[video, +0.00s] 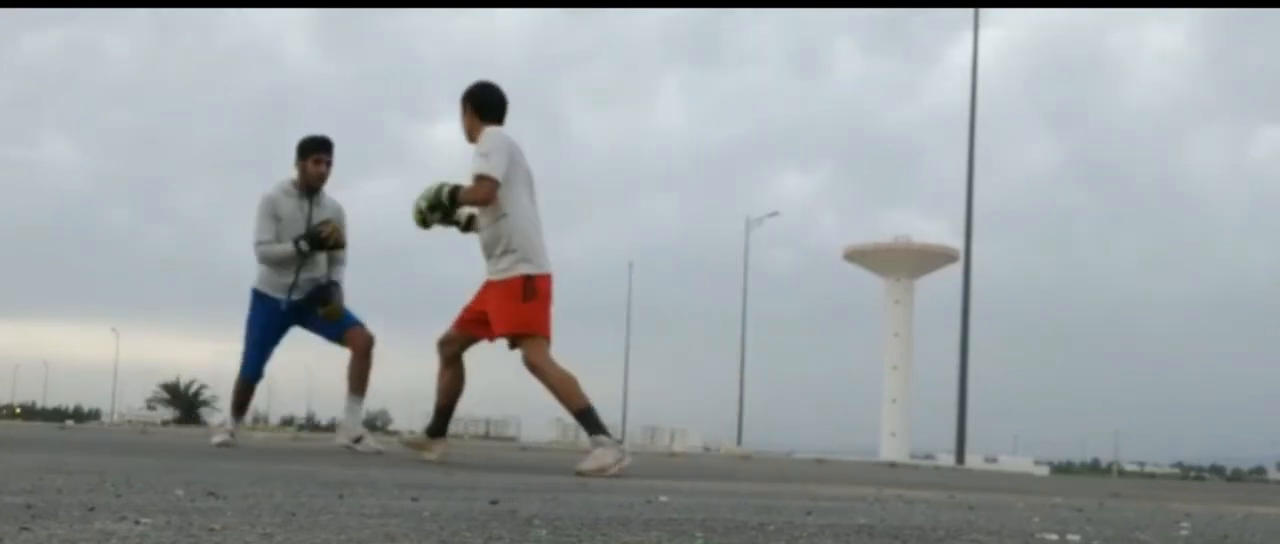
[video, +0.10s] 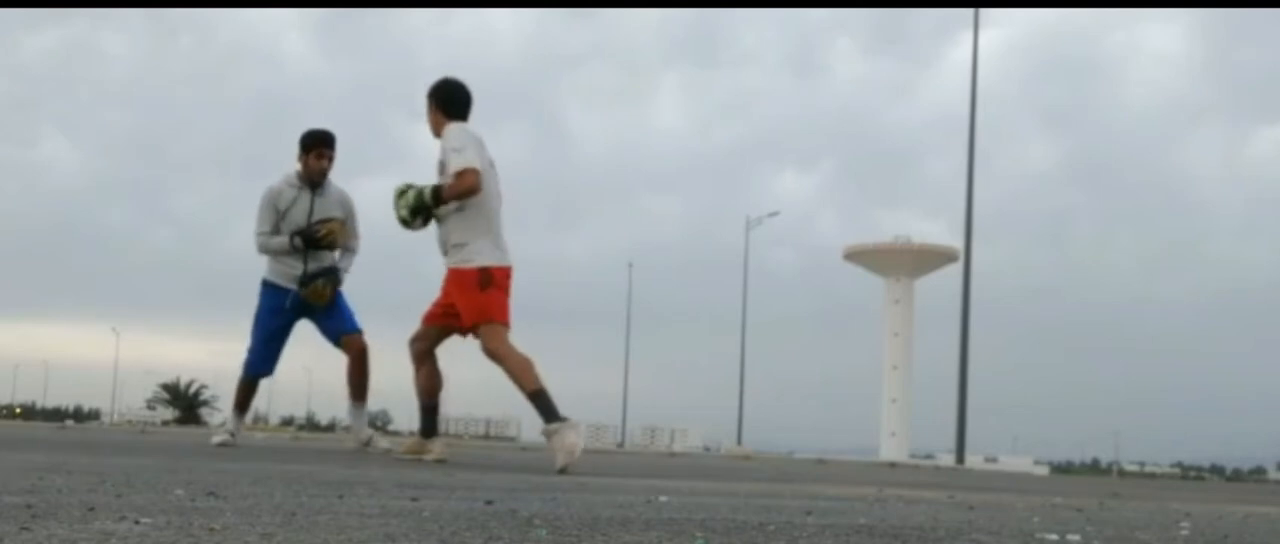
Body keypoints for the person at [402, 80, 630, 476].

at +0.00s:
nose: (461, 122)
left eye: (462, 114)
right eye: (463, 114)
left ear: (471, 112)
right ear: (495, 113)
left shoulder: (496, 140)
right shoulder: (498, 150)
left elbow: (485, 192)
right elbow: (497, 217)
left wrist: (447, 195)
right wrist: (456, 217)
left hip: (523, 274)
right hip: (501, 277)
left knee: (536, 358)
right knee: (449, 346)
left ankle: (604, 443)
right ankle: (434, 438)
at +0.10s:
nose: (427, 117)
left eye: (428, 109)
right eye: (427, 109)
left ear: (435, 109)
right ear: (462, 109)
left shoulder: (457, 136)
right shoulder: (467, 142)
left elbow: (469, 183)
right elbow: (469, 195)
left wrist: (428, 197)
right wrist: (430, 205)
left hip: (481, 266)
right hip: (467, 269)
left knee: (495, 343)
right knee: (420, 344)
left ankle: (558, 426)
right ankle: (427, 438)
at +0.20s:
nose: (407, 108)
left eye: (407, 100)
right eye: (408, 100)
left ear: (413, 99)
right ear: (439, 99)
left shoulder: (435, 123)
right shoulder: (435, 133)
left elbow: (458, 170)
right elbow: (450, 179)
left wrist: (417, 190)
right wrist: (410, 197)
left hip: (461, 246)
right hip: (443, 248)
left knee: (439, 332)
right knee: (411, 337)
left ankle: (503, 420)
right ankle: (425, 427)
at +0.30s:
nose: (386, 108)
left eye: (387, 102)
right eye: (388, 102)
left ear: (392, 101)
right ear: (422, 101)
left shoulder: (411, 127)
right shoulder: (423, 130)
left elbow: (443, 172)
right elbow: (437, 184)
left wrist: (403, 197)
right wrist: (392, 201)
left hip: (441, 247)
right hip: (439, 247)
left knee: (402, 328)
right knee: (397, 329)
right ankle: (416, 422)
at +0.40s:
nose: (372, 128)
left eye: (372, 122)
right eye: (374, 122)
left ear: (375, 122)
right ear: (408, 122)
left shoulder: (394, 152)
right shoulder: (418, 154)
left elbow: (423, 199)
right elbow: (431, 205)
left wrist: (385, 228)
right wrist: (385, 223)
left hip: (418, 271)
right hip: (437, 272)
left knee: (364, 340)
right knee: (386, 346)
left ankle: (380, 431)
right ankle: (407, 429)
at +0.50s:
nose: (367, 130)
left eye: (366, 125)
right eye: (370, 125)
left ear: (370, 125)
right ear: (402, 125)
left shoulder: (382, 157)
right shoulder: (418, 163)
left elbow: (401, 209)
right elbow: (421, 218)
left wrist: (366, 240)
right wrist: (377, 242)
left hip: (396, 279)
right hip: (422, 280)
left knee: (336, 346)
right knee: (377, 351)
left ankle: (371, 428)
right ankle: (400, 431)